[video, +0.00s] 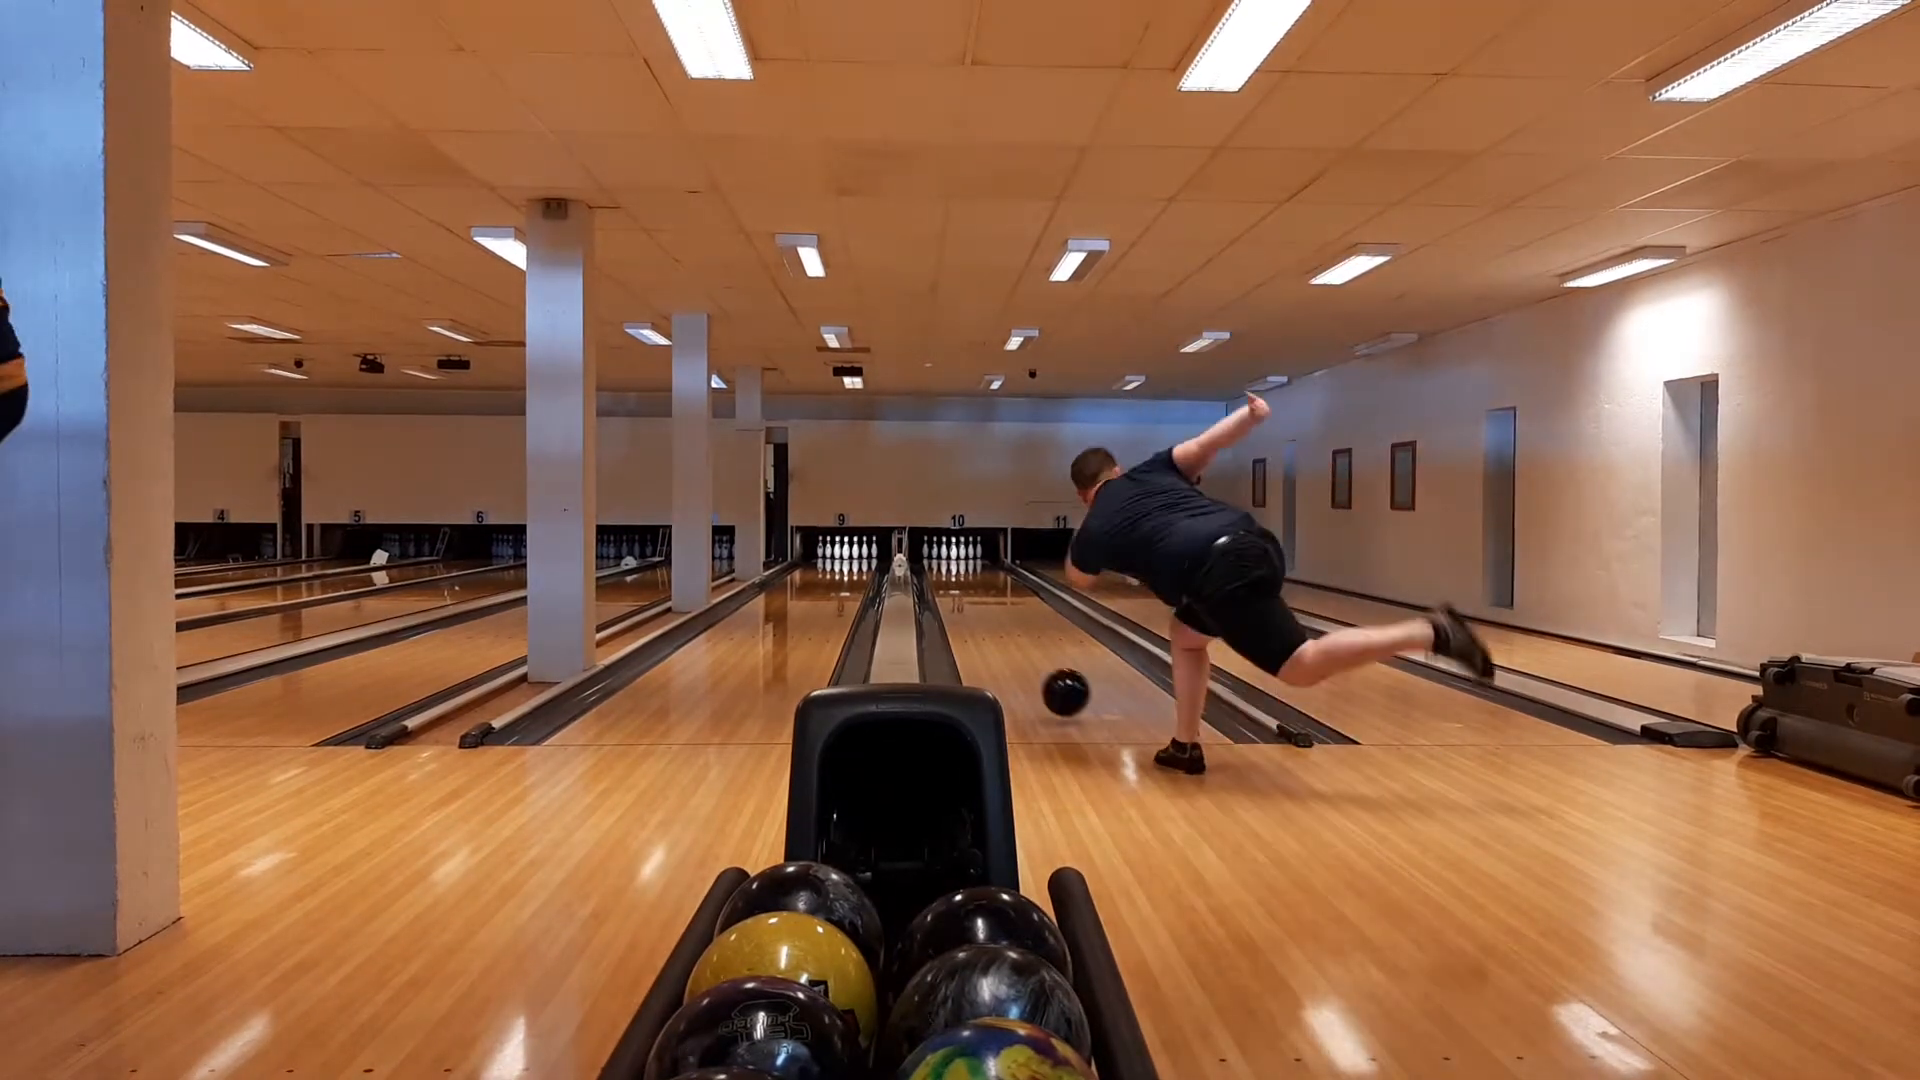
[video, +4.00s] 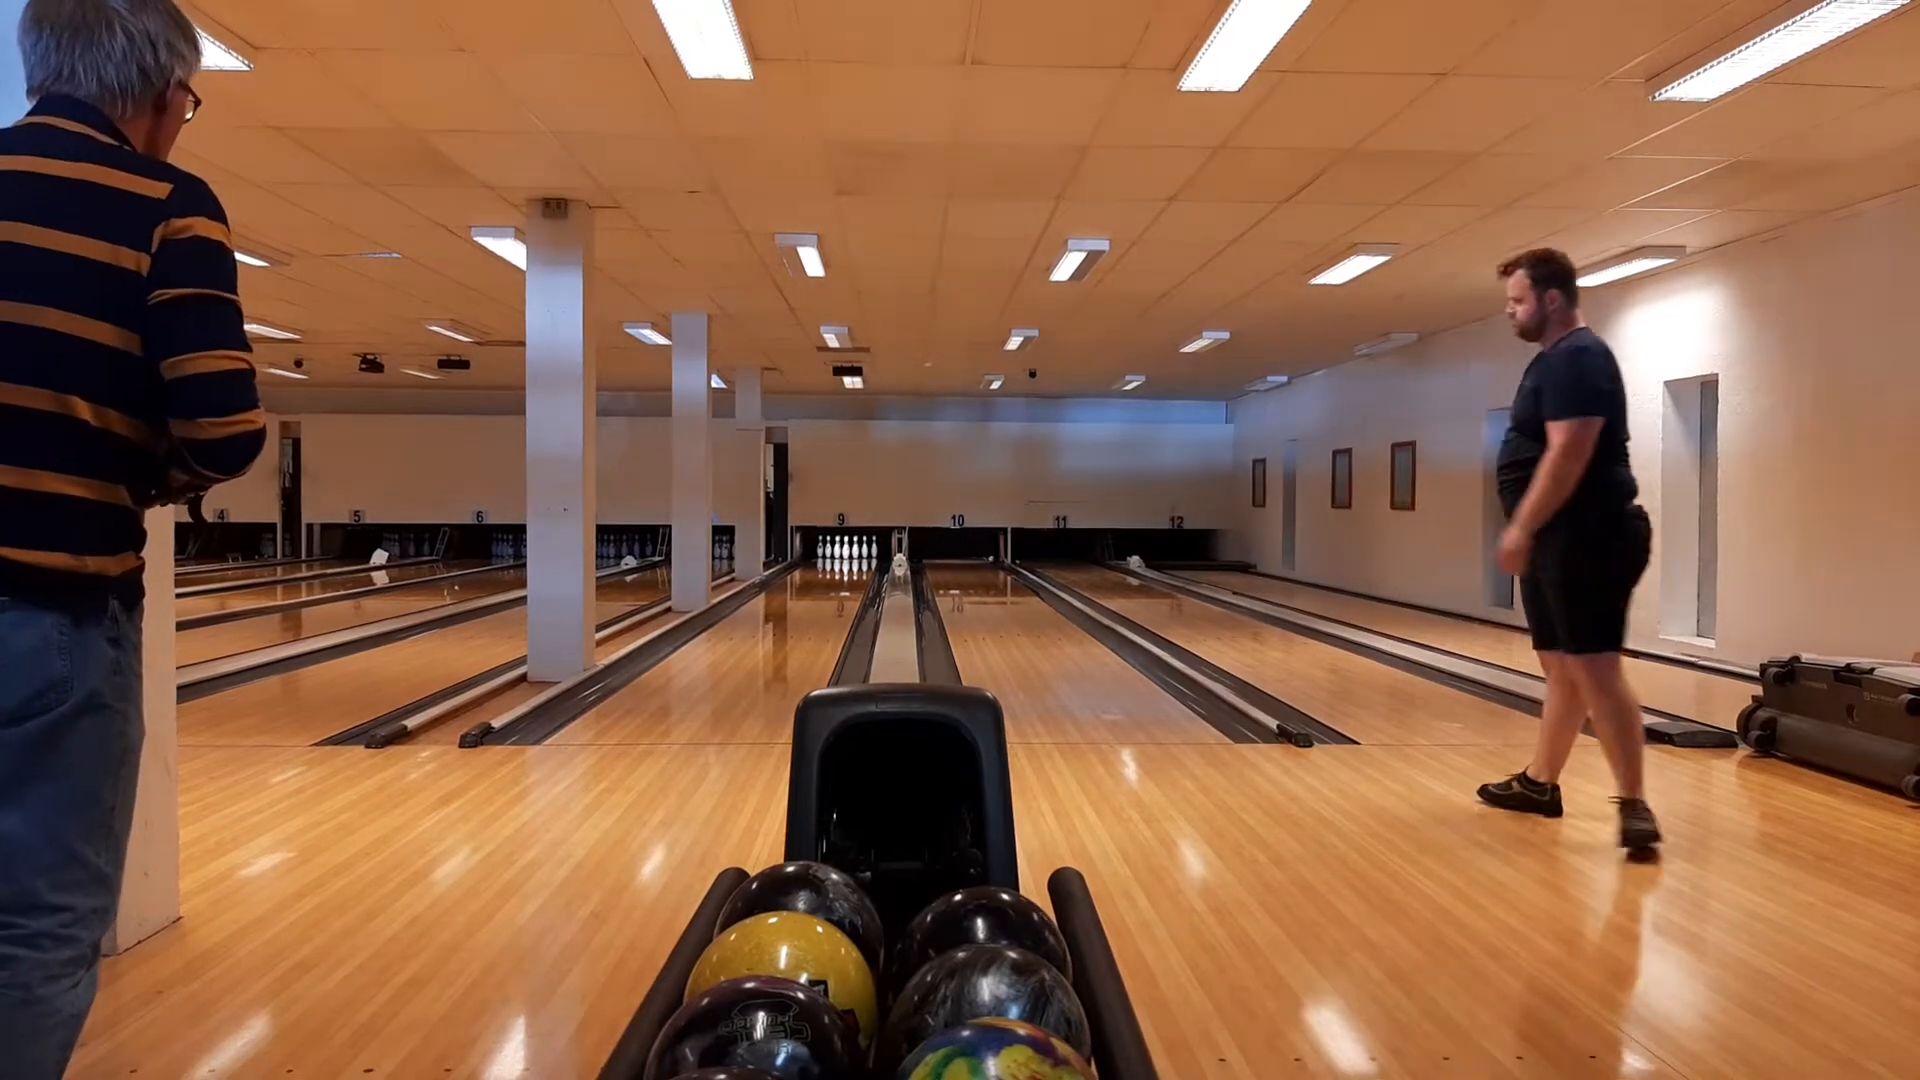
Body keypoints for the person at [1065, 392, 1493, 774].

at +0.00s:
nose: (1082, 506)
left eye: (1079, 498)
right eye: (1086, 496)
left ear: (1085, 491)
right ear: (1117, 468)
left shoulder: (1094, 525)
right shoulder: (1159, 466)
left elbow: (1078, 578)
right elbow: (1209, 444)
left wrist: (1099, 534)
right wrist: (1251, 412)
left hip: (1215, 571)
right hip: (1257, 544)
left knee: (1301, 664)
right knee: (1185, 636)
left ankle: (1432, 632)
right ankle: (1186, 746)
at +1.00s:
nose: (1099, 389)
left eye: (1097, 383)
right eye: (1102, 383)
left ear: (1101, 383)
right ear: (1141, 374)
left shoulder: (1114, 432)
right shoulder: (1181, 401)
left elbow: (1124, 517)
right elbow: (1233, 448)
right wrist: (1272, 492)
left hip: (1216, 520)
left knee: (1256, 636)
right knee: (1192, 628)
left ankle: (1371, 666)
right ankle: (1202, 740)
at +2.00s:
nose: (1131, 364)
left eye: (1130, 358)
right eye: (1135, 358)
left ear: (1134, 357)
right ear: (1176, 353)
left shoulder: (1148, 394)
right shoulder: (1212, 388)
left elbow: (1171, 422)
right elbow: (1255, 438)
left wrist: (1190, 463)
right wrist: (1295, 481)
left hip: (1224, 522)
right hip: (1244, 514)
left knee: (1256, 638)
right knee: (1203, 626)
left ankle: (1367, 687)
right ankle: (1204, 740)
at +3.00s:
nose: (1317, 334)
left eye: (1318, 326)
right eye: (1321, 326)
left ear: (1327, 329)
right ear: (1369, 330)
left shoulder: (1330, 389)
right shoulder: (1406, 380)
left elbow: (1329, 467)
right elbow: (1432, 454)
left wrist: (1324, 537)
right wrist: (1460, 508)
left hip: (1362, 534)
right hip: (1406, 534)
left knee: (1350, 651)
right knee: (1323, 630)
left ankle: (1406, 759)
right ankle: (1309, 743)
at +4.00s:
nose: (1509, 312)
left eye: (1515, 301)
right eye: (1508, 302)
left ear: (1551, 299)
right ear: (1548, 301)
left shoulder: (1576, 356)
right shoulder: (1557, 359)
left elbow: (1570, 448)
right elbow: (1565, 449)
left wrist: (1521, 526)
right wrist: (1527, 527)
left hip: (1588, 531)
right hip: (1555, 532)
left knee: (1597, 669)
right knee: (1559, 664)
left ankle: (1634, 806)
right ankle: (1541, 783)